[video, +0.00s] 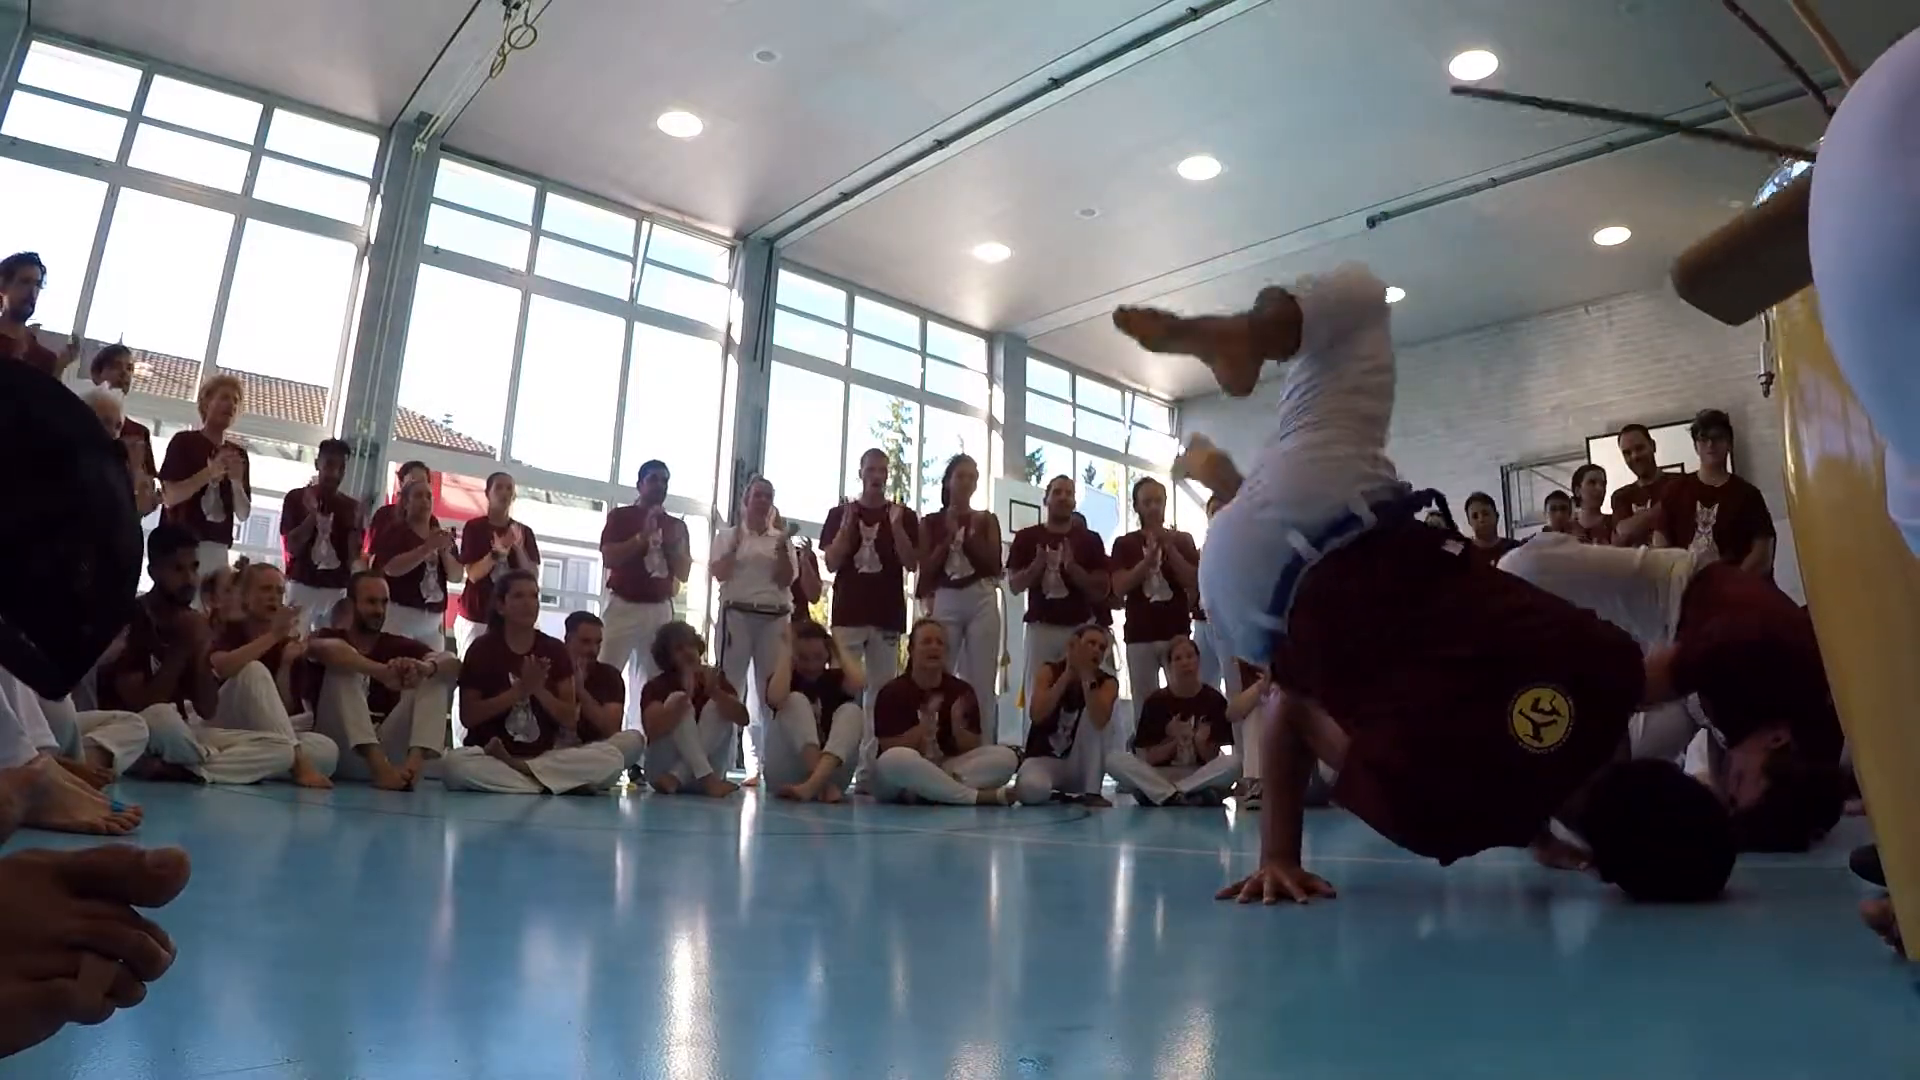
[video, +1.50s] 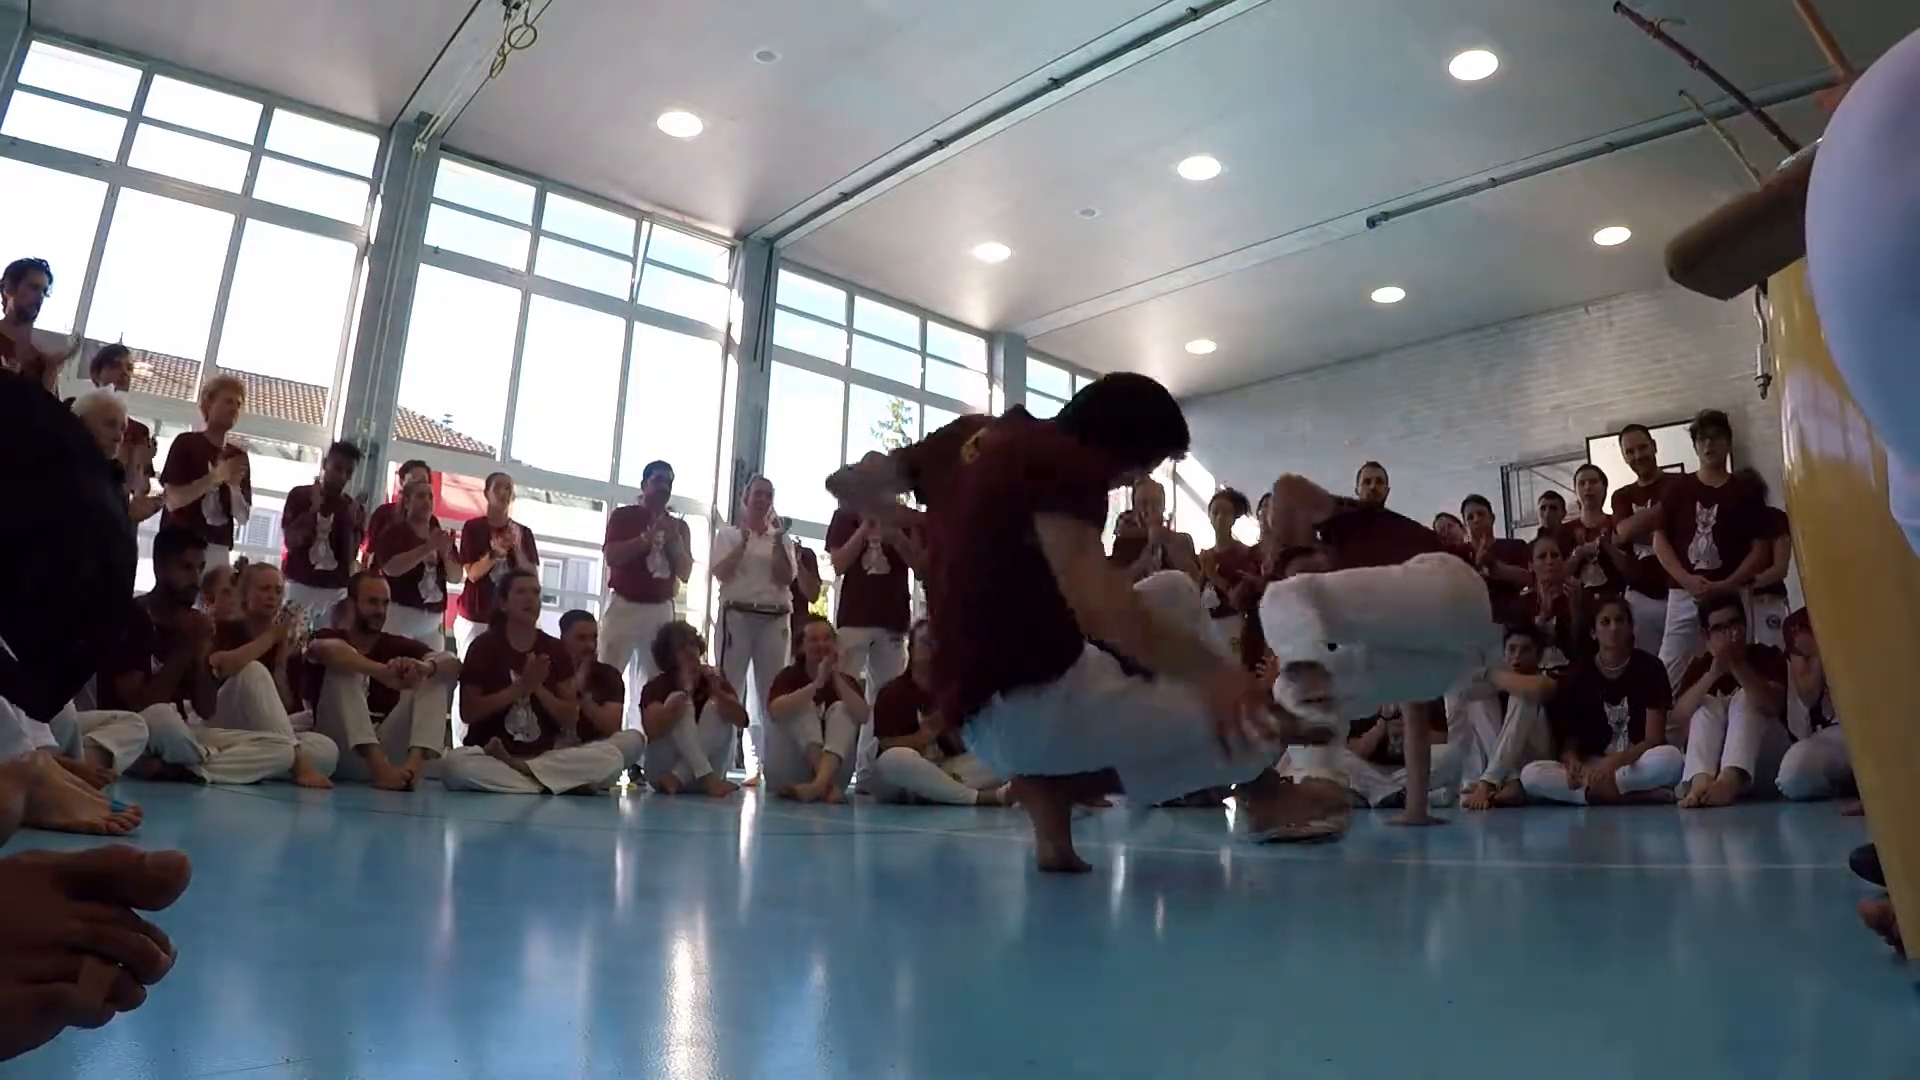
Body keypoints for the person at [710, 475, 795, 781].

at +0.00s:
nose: (761, 500)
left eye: (766, 496)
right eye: (756, 495)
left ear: (773, 502)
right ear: (745, 499)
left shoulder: (781, 537)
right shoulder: (728, 534)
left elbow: (786, 580)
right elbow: (719, 573)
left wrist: (783, 541)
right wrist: (736, 541)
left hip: (774, 616)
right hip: (736, 614)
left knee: (772, 693)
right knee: (729, 690)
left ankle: (767, 764)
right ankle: (723, 765)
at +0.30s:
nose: (761, 501)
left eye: (766, 497)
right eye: (757, 495)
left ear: (773, 503)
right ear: (745, 499)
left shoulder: (784, 539)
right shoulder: (728, 535)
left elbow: (785, 580)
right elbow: (720, 573)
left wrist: (778, 545)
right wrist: (738, 544)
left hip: (774, 615)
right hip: (736, 613)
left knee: (772, 692)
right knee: (730, 689)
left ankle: (767, 762)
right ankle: (725, 764)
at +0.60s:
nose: (761, 500)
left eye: (766, 495)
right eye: (756, 494)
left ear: (773, 502)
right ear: (745, 498)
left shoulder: (782, 538)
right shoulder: (729, 535)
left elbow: (788, 579)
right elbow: (720, 573)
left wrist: (776, 542)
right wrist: (745, 537)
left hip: (775, 619)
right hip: (735, 618)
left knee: (772, 692)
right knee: (730, 692)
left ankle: (768, 765)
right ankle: (728, 765)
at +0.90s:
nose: (762, 500)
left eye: (767, 496)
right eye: (757, 494)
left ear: (773, 503)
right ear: (745, 498)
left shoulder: (782, 538)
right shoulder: (728, 535)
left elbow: (785, 576)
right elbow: (720, 573)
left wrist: (773, 540)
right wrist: (752, 540)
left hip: (775, 617)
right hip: (737, 616)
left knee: (773, 694)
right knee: (730, 690)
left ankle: (771, 765)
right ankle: (726, 764)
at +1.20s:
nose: (761, 500)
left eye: (766, 495)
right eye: (757, 494)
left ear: (772, 502)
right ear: (744, 499)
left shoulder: (783, 538)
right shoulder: (727, 535)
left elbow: (784, 577)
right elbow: (724, 574)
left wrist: (774, 539)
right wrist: (753, 541)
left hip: (774, 618)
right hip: (736, 616)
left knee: (771, 693)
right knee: (730, 691)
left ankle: (768, 762)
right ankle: (726, 763)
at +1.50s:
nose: (761, 499)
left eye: (766, 495)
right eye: (757, 494)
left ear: (773, 501)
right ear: (745, 498)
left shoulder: (783, 538)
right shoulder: (729, 533)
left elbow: (785, 578)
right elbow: (720, 574)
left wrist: (778, 540)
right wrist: (743, 543)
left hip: (774, 617)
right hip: (736, 615)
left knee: (773, 692)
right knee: (730, 689)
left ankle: (771, 762)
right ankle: (727, 762)